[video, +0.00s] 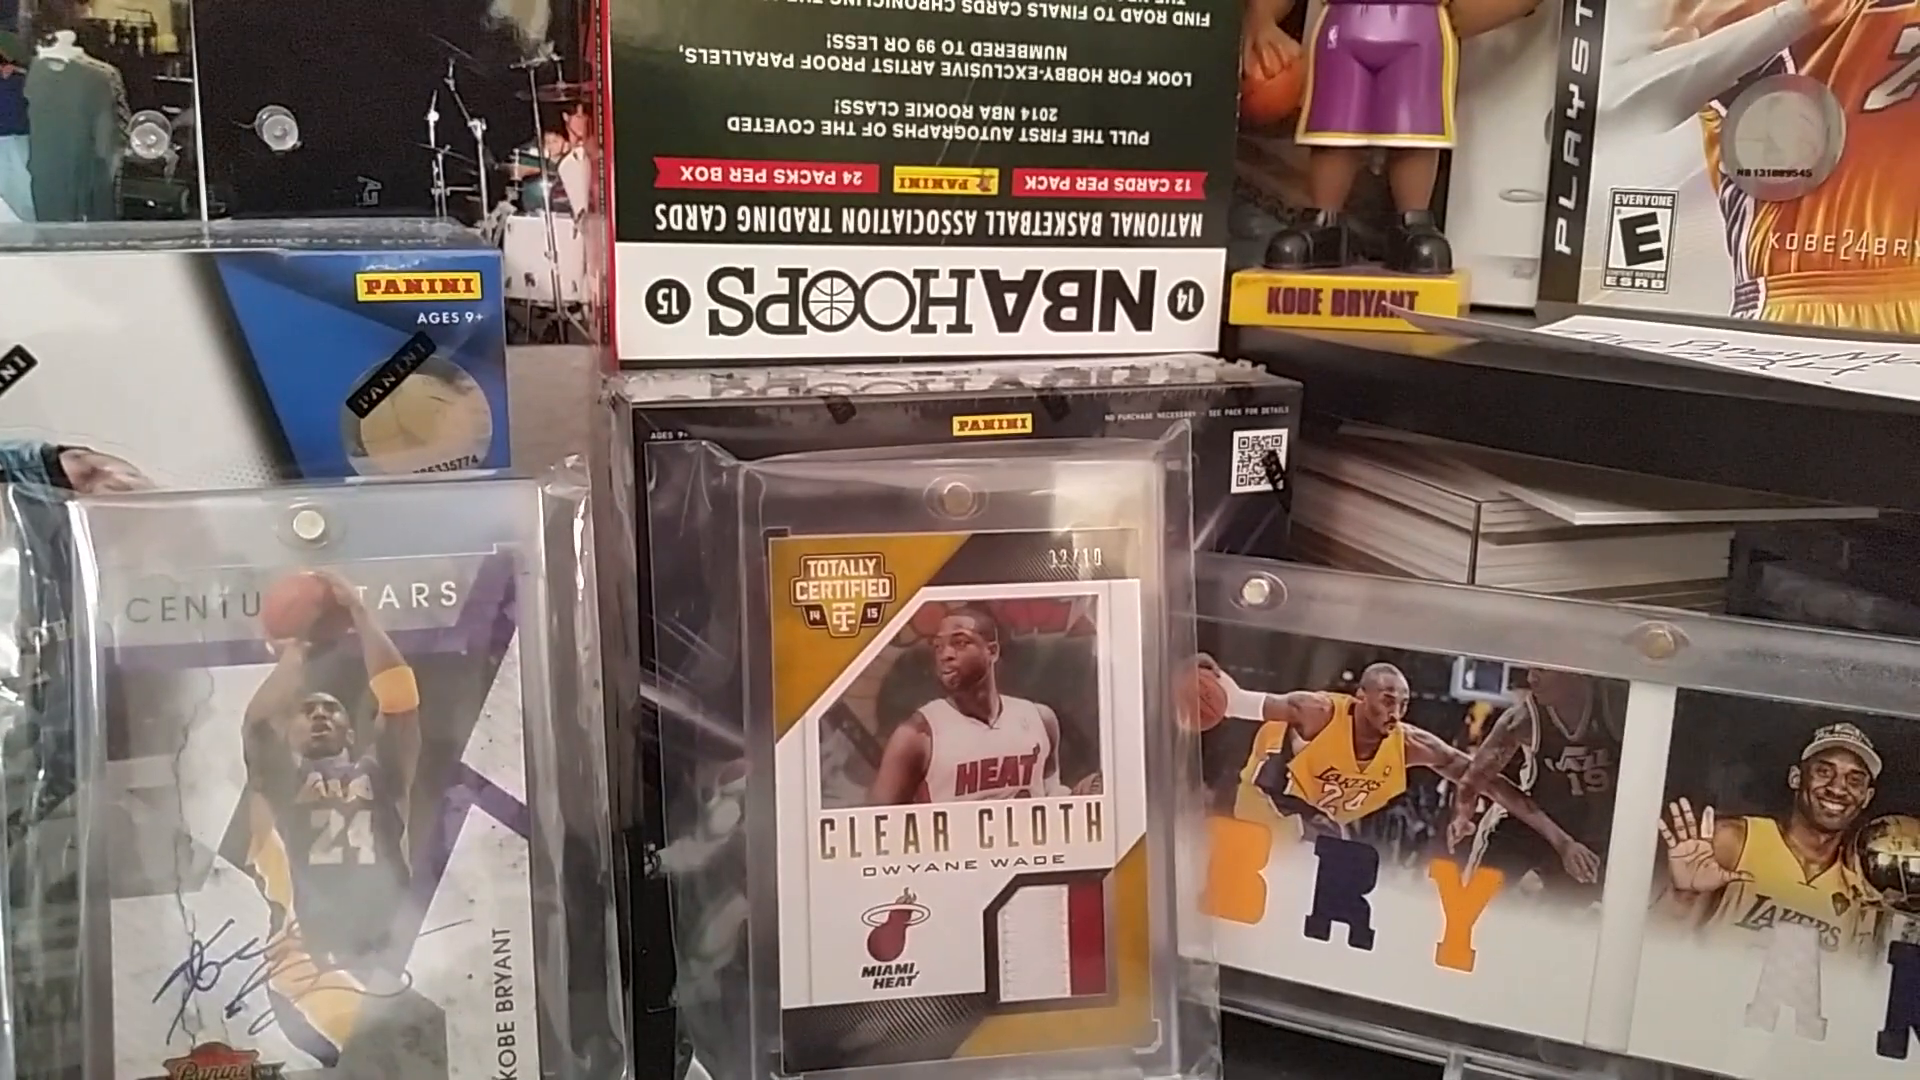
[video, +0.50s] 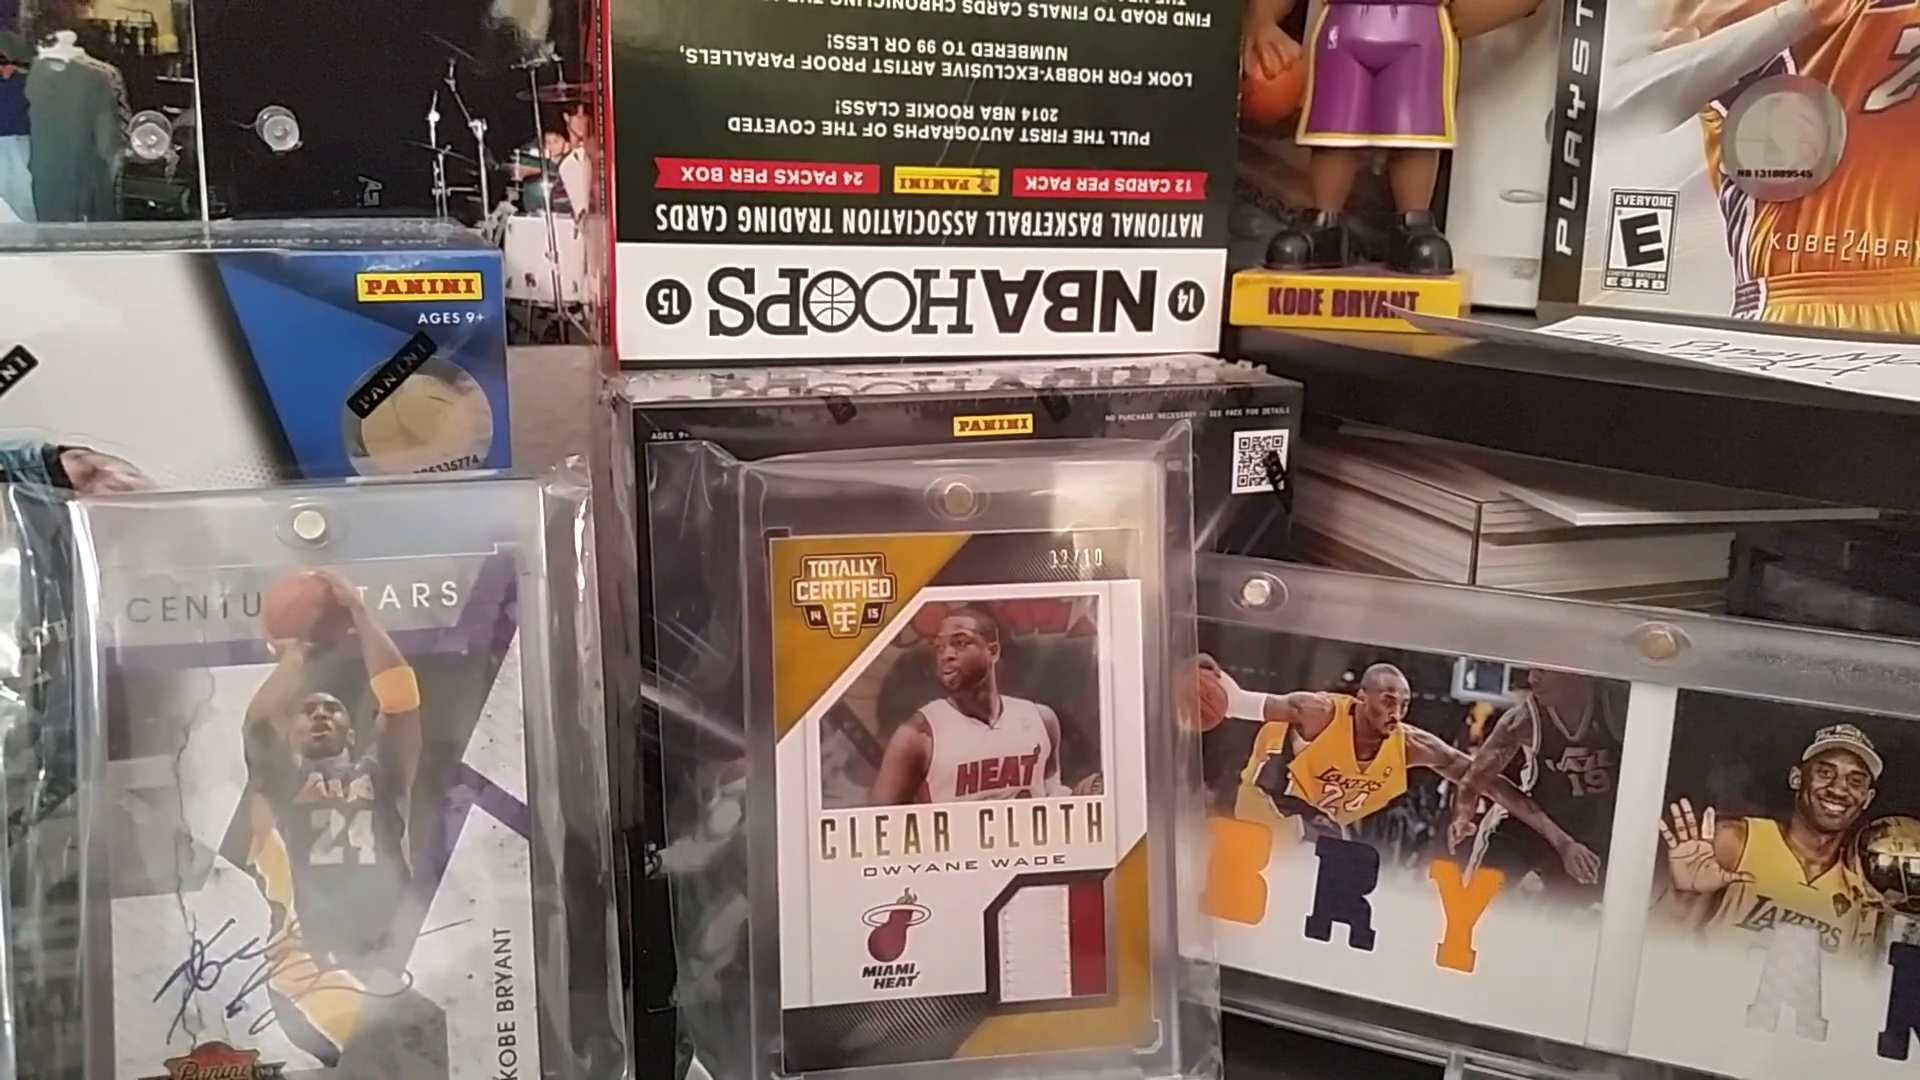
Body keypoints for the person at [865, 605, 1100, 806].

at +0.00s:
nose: (945, 655)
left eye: (960, 642)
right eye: (938, 646)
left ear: (992, 652)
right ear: (933, 654)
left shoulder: (1041, 722)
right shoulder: (916, 736)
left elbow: (1051, 801)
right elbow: (876, 829)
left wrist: (1078, 799)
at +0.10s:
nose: (945, 654)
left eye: (959, 642)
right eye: (938, 646)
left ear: (992, 651)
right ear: (933, 654)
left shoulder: (1042, 721)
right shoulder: (916, 736)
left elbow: (1051, 799)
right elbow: (876, 829)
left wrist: (1079, 799)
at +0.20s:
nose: (944, 655)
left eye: (959, 642)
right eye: (938, 646)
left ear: (992, 652)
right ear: (933, 654)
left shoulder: (1042, 721)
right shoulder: (916, 736)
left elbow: (1051, 801)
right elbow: (875, 830)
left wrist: (1080, 798)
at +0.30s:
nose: (944, 655)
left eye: (959, 642)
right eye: (938, 646)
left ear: (992, 652)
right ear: (933, 654)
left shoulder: (1041, 722)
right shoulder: (915, 736)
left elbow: (1051, 800)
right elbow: (876, 830)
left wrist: (1079, 798)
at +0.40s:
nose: (944, 655)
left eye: (959, 642)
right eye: (938, 646)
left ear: (992, 651)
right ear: (933, 654)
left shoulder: (1041, 722)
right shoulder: (915, 737)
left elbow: (1051, 799)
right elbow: (876, 830)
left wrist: (1079, 799)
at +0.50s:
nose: (945, 655)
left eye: (960, 642)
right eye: (939, 646)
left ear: (993, 652)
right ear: (934, 654)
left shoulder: (1042, 722)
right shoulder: (916, 736)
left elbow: (1052, 801)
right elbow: (877, 830)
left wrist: (1080, 799)